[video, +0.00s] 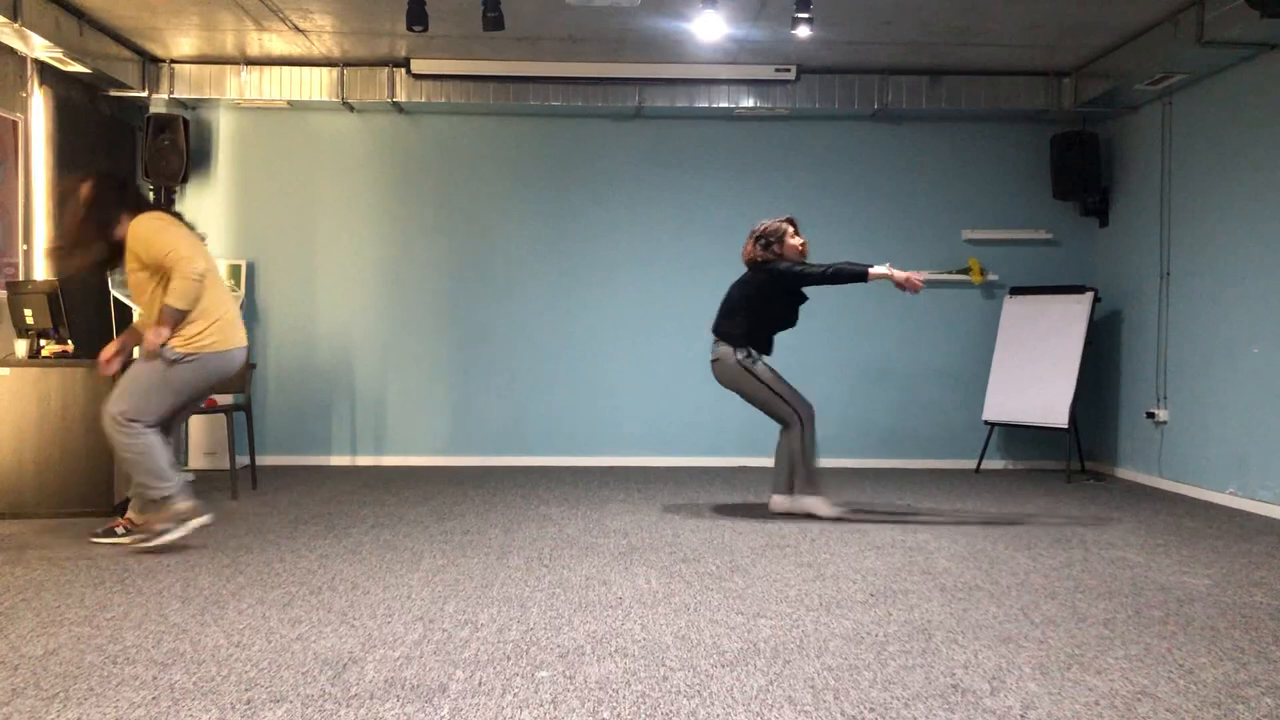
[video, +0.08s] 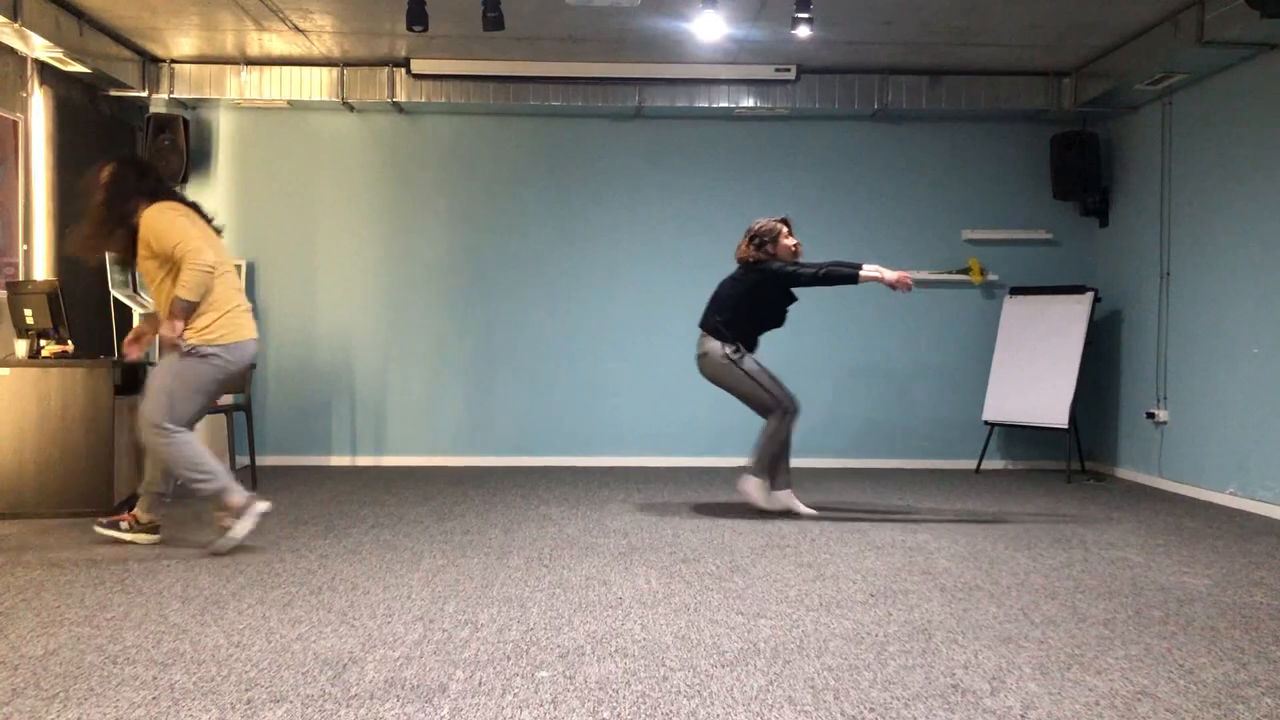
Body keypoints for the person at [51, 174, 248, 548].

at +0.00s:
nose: (90, 229)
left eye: (89, 218)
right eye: (88, 219)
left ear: (105, 216)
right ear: (122, 206)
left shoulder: (145, 227)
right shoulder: (143, 239)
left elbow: (192, 265)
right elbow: (159, 310)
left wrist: (165, 324)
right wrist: (125, 342)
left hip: (205, 345)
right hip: (208, 346)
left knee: (122, 415)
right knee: (149, 424)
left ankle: (175, 504)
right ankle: (143, 516)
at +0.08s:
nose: (99, 200)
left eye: (103, 189)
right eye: (98, 190)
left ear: (121, 189)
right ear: (140, 185)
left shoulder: (157, 217)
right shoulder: (159, 220)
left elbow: (200, 260)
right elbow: (180, 290)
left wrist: (176, 317)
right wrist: (148, 326)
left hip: (215, 343)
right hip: (213, 341)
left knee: (156, 424)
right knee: (165, 423)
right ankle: (144, 517)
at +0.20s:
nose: (147, 179)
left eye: (152, 171)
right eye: (150, 169)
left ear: (165, 177)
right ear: (197, 173)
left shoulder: (187, 215)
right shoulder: (218, 213)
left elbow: (215, 271)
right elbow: (233, 280)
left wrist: (177, 311)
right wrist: (187, 322)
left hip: (233, 343)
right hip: (247, 338)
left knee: (222, 441)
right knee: (172, 407)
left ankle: (275, 527)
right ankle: (182, 505)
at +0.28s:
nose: (164, 164)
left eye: (172, 156)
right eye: (167, 155)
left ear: (191, 162)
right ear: (209, 163)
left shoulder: (204, 208)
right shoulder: (224, 206)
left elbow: (222, 272)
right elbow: (224, 280)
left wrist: (186, 319)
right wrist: (174, 299)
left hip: (240, 338)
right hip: (251, 333)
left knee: (229, 438)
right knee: (185, 406)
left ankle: (276, 526)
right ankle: (246, 492)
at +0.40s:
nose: (193, 166)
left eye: (200, 157)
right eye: (194, 157)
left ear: (220, 159)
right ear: (232, 160)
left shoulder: (228, 202)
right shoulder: (242, 202)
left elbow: (249, 258)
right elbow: (213, 269)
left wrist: (210, 301)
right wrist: (154, 260)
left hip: (249, 339)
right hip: (276, 335)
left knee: (223, 436)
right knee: (276, 432)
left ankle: (272, 525)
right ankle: (349, 508)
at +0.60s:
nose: (182, 186)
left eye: (190, 176)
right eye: (179, 178)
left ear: (217, 174)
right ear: (199, 183)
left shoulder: (244, 208)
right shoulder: (210, 234)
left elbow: (283, 250)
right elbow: (174, 282)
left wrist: (247, 301)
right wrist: (126, 264)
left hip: (265, 348)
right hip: (269, 348)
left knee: (211, 431)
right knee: (287, 432)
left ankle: (248, 528)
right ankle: (357, 513)